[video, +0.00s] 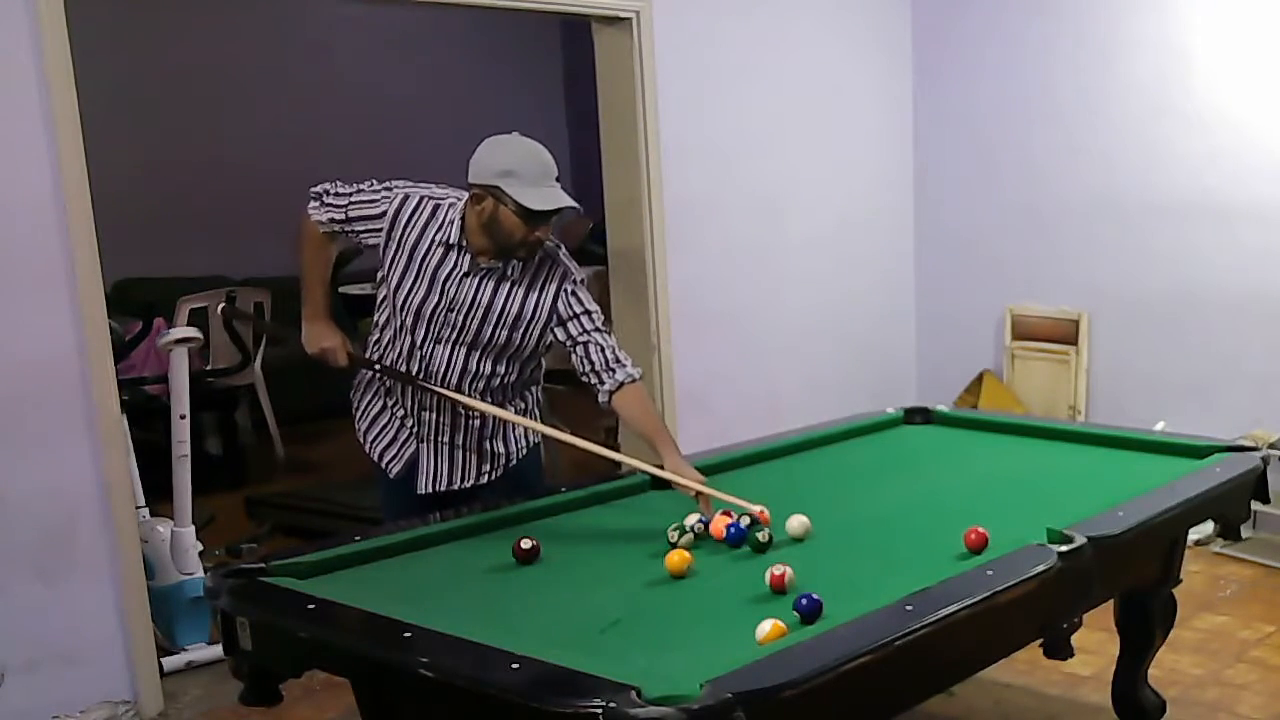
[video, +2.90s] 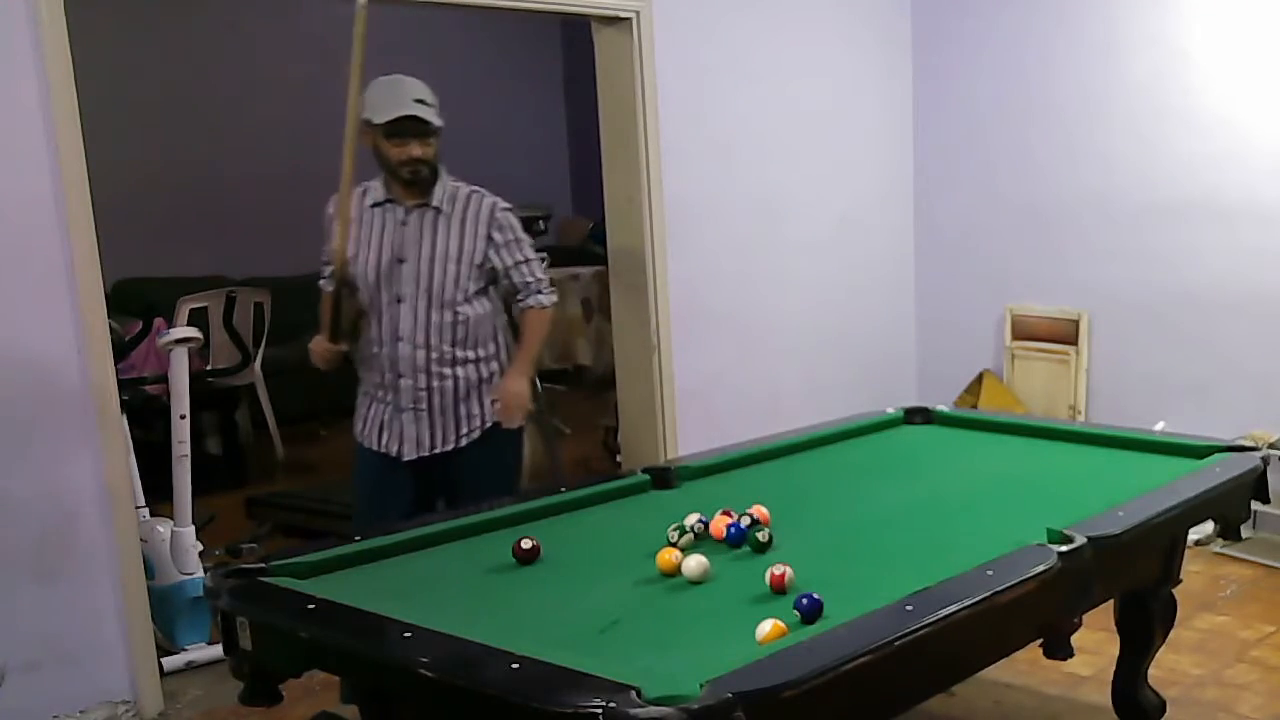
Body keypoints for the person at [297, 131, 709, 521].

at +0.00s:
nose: (543, 232)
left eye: (548, 218)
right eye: (531, 217)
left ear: (552, 210)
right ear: (484, 201)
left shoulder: (555, 277)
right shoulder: (409, 211)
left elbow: (611, 370)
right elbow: (322, 210)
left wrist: (671, 454)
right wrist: (316, 317)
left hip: (500, 436)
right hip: (403, 427)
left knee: (520, 570)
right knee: (415, 579)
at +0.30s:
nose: (549, 235)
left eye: (555, 221)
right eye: (537, 219)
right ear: (492, 200)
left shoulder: (563, 280)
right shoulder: (413, 211)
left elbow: (619, 376)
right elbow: (323, 243)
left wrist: (672, 457)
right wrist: (379, 339)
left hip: (507, 446)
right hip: (408, 437)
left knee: (523, 584)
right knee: (413, 590)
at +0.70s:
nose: (555, 202)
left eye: (562, 189)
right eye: (544, 185)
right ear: (502, 167)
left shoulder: (566, 254)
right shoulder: (410, 206)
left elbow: (608, 339)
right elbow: (329, 269)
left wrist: (620, 413)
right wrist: (363, 320)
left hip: (514, 449)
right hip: (411, 442)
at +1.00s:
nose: (500, 164)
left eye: (506, 150)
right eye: (485, 147)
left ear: (511, 150)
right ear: (443, 139)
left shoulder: (524, 229)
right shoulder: (368, 207)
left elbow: (547, 311)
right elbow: (310, 287)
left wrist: (548, 385)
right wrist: (350, 336)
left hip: (499, 436)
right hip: (402, 435)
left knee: (509, 573)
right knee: (408, 580)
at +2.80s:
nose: (439, 151)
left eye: (449, 137)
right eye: (423, 139)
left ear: (463, 139)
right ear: (397, 139)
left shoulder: (507, 214)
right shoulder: (369, 209)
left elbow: (556, 299)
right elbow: (349, 276)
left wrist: (539, 373)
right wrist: (343, 328)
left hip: (491, 422)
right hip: (401, 422)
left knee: (490, 558)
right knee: (398, 561)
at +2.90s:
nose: (414, 151)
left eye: (424, 137)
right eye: (398, 139)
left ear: (438, 139)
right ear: (372, 140)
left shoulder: (485, 213)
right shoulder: (347, 212)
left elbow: (537, 296)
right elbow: (334, 289)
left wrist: (520, 374)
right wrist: (330, 337)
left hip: (477, 425)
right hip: (386, 428)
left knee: (483, 565)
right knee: (385, 569)